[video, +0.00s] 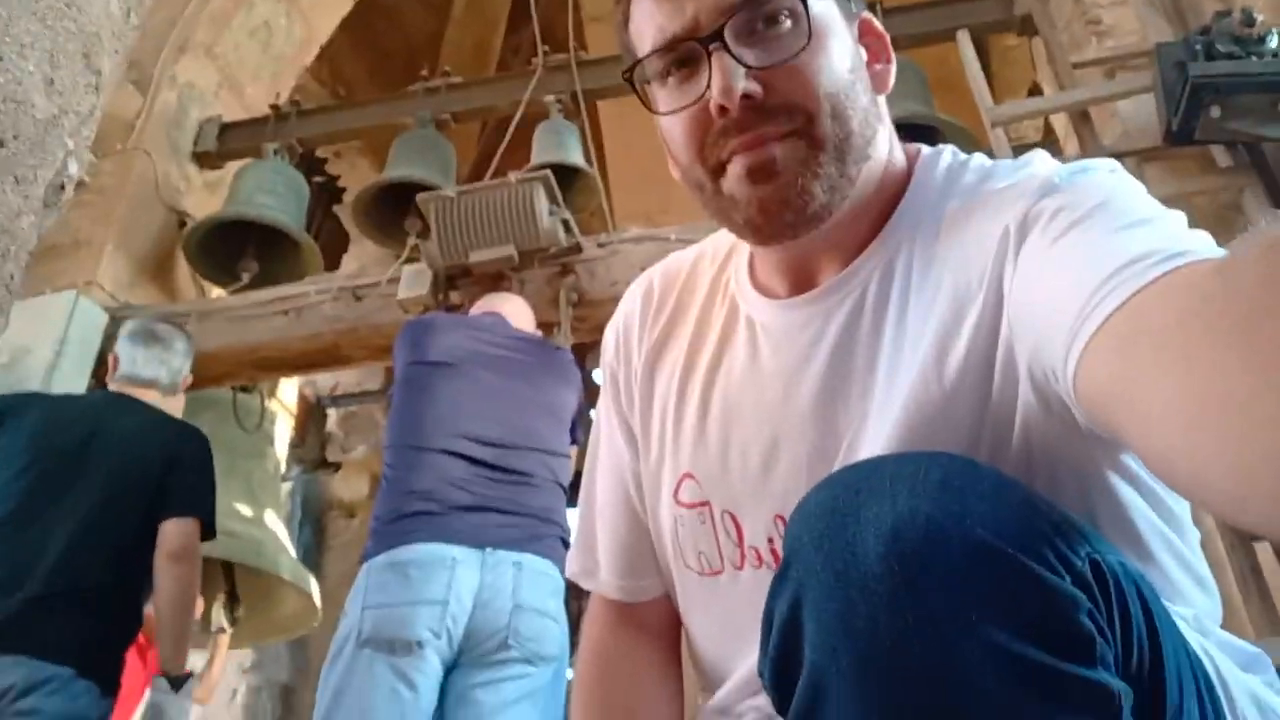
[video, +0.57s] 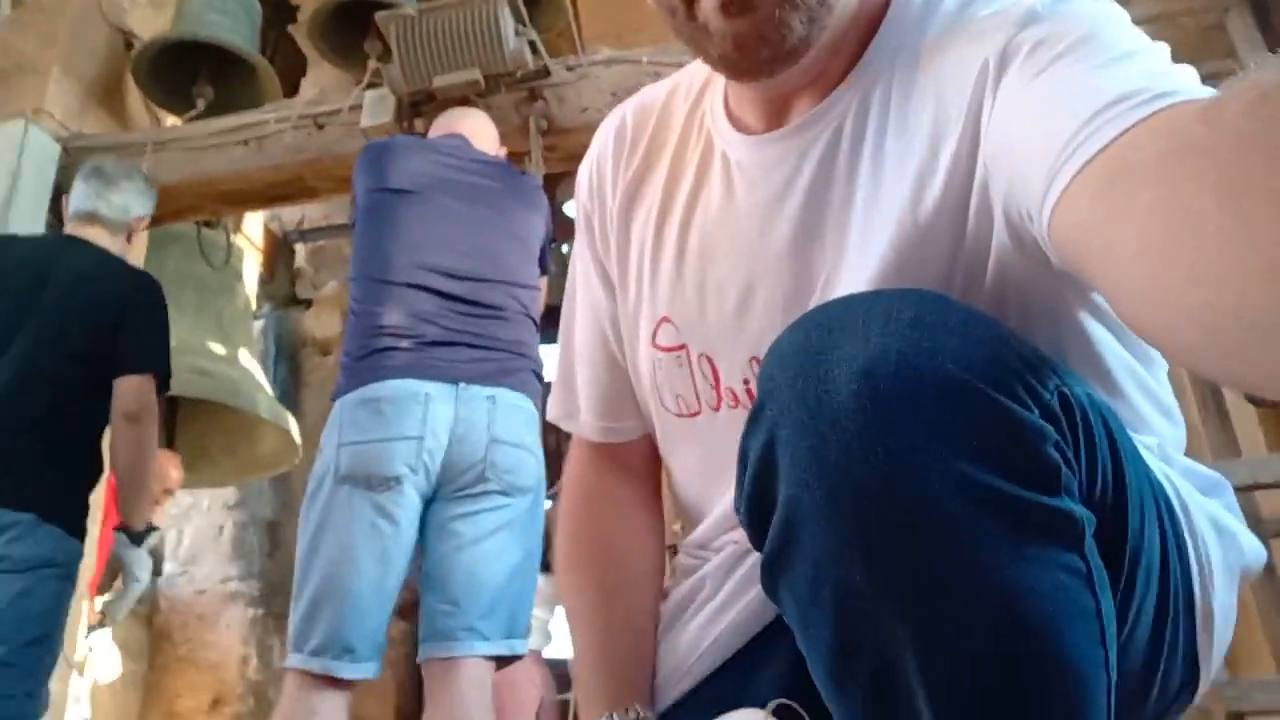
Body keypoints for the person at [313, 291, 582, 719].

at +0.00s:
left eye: (468, 307)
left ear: (467, 314)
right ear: (538, 336)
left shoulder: (418, 335)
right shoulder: (565, 369)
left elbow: (402, 414)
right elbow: (567, 453)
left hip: (410, 569)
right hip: (534, 582)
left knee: (367, 710)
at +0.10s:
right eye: (525, 260)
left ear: (454, 248)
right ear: (525, 268)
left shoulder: (407, 269)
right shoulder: (553, 302)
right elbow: (553, 397)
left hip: (400, 499)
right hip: (521, 514)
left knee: (339, 706)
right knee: (487, 710)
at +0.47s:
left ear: (422, 176)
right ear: (496, 193)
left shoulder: (376, 195)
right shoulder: (527, 231)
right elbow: (530, 332)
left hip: (381, 431)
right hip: (500, 445)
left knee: (314, 694)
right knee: (454, 690)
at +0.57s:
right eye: (493, 143)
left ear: (426, 139)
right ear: (500, 154)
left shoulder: (380, 160)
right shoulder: (531, 195)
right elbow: (534, 303)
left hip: (387, 401)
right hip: (507, 410)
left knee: (322, 669)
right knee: (463, 657)